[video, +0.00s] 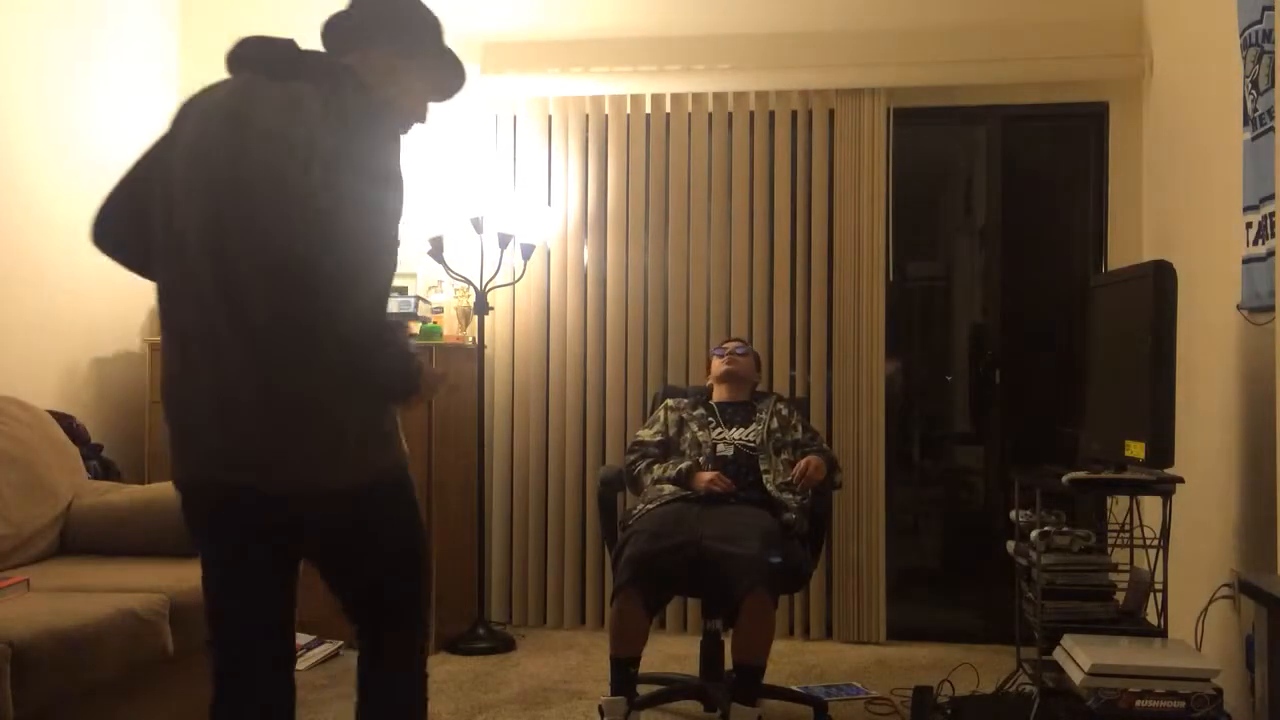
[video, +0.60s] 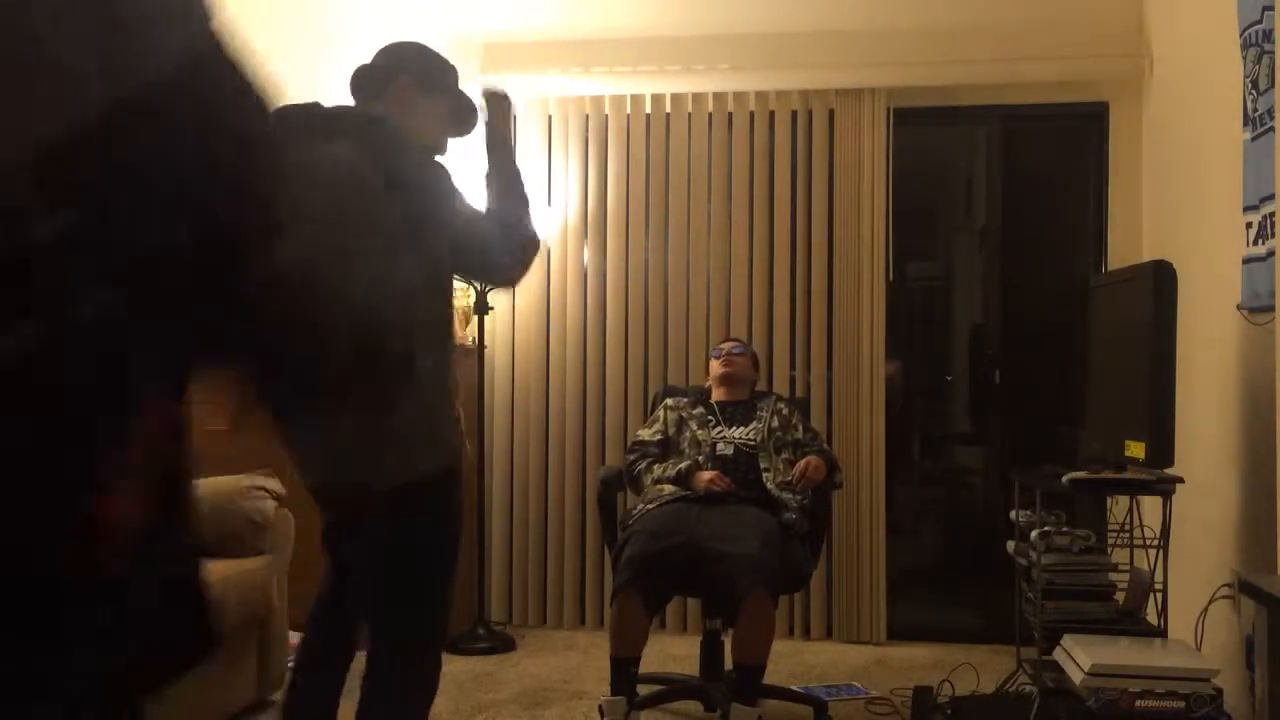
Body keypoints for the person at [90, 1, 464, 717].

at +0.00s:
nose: (422, 114)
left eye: (430, 96)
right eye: (424, 89)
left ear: (348, 52)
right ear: (381, 60)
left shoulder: (212, 109)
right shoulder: (359, 132)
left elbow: (119, 224)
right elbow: (351, 315)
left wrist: (218, 283)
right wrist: (407, 368)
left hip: (218, 455)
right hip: (333, 452)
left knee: (249, 671)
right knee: (396, 644)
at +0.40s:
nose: (451, 125)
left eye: (456, 109)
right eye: (449, 102)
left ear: (387, 79)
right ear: (405, 77)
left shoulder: (256, 150)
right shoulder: (393, 163)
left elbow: (186, 267)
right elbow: (403, 326)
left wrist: (273, 306)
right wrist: (469, 327)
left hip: (288, 447)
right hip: (385, 448)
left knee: (310, 625)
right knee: (393, 645)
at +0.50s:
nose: (447, 134)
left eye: (453, 119)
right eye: (445, 113)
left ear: (374, 96)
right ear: (402, 93)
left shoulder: (257, 171)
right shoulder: (408, 182)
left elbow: (197, 291)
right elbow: (475, 312)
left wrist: (286, 312)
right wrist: (504, 249)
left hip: (304, 450)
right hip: (402, 454)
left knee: (321, 625)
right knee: (403, 653)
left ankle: (296, 716)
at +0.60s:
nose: (447, 135)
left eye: (451, 121)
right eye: (444, 114)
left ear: (379, 96)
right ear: (403, 92)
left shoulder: (304, 160)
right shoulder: (403, 174)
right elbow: (507, 256)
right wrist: (501, 151)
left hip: (317, 432)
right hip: (406, 439)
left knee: (347, 583)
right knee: (410, 639)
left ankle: (305, 710)